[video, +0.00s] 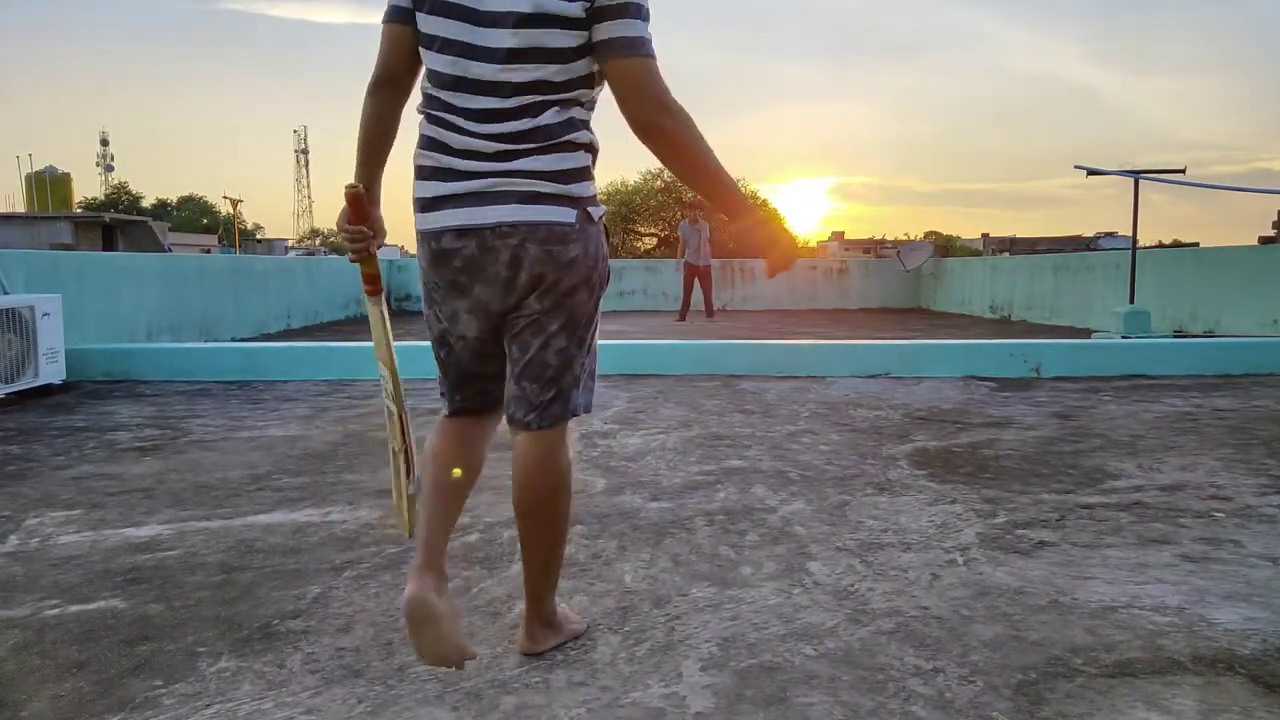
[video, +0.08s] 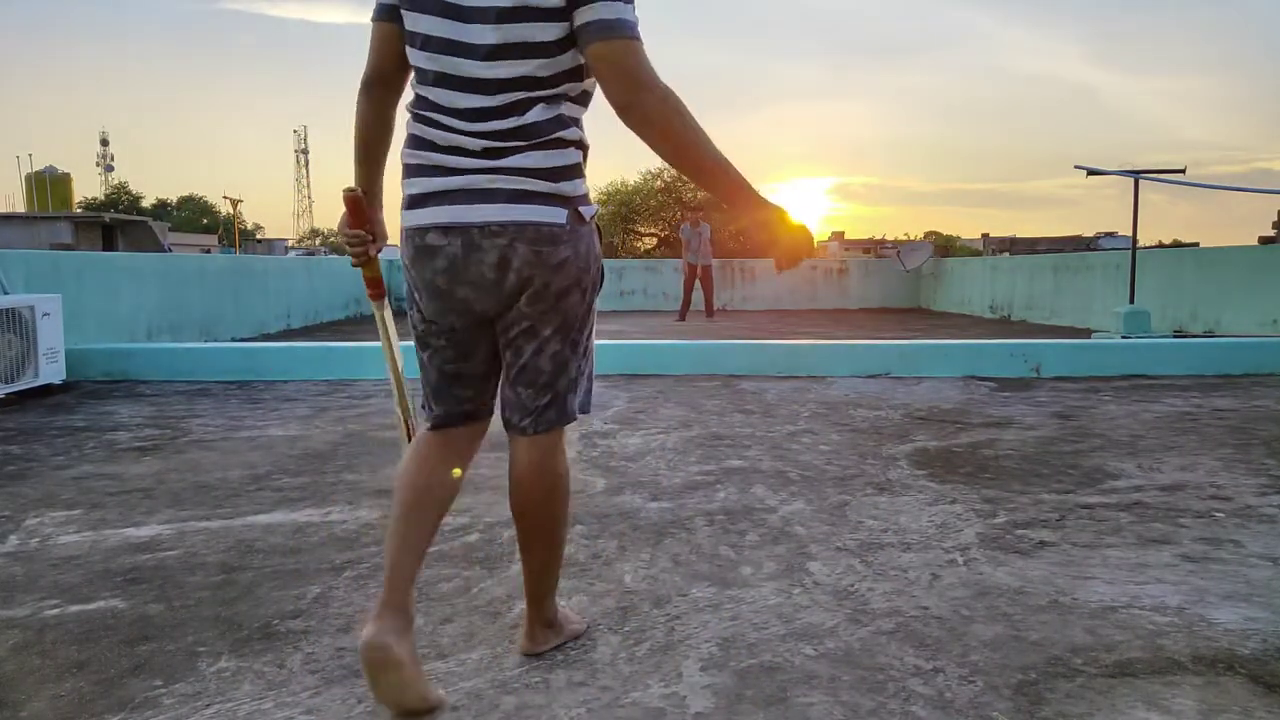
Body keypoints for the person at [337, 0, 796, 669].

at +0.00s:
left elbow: (389, 79)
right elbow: (649, 111)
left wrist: (364, 189)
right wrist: (746, 212)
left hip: (447, 216)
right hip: (553, 216)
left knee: (467, 402)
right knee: (541, 419)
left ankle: (427, 573)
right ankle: (540, 614)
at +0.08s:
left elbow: (380, 83)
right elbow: (634, 90)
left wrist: (364, 192)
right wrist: (741, 198)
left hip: (434, 219)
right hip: (543, 218)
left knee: (450, 417)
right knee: (538, 427)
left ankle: (389, 615)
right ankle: (540, 615)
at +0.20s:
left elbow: (363, 87)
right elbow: (586, 62)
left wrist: (369, 200)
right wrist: (701, 189)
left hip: (404, 219)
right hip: (520, 221)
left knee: (413, 436)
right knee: (530, 435)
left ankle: (367, 686)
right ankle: (543, 617)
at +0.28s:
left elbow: (347, 94)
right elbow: (547, 52)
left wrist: (372, 197)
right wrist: (643, 191)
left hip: (379, 222)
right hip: (498, 230)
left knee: (385, 451)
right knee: (525, 444)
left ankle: (365, 699)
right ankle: (546, 618)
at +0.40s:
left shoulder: (351, 1)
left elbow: (328, 101)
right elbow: (489, 30)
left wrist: (364, 196)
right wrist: (552, 195)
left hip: (352, 225)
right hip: (467, 232)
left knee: (362, 458)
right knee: (522, 445)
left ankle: (363, 701)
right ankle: (539, 632)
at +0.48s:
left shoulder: (347, 1)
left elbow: (327, 92)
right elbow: (453, 10)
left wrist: (390, 182)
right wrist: (509, 185)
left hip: (343, 217)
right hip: (452, 221)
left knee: (367, 455)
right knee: (530, 441)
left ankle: (365, 702)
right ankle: (526, 662)